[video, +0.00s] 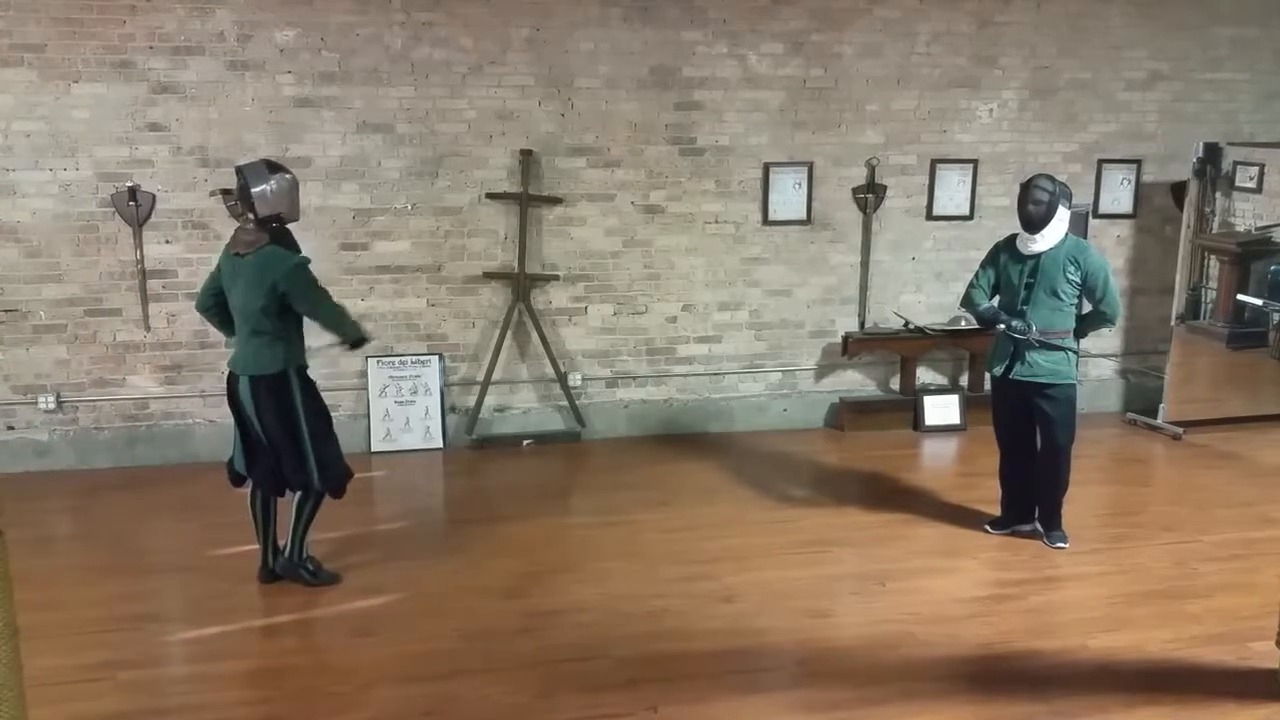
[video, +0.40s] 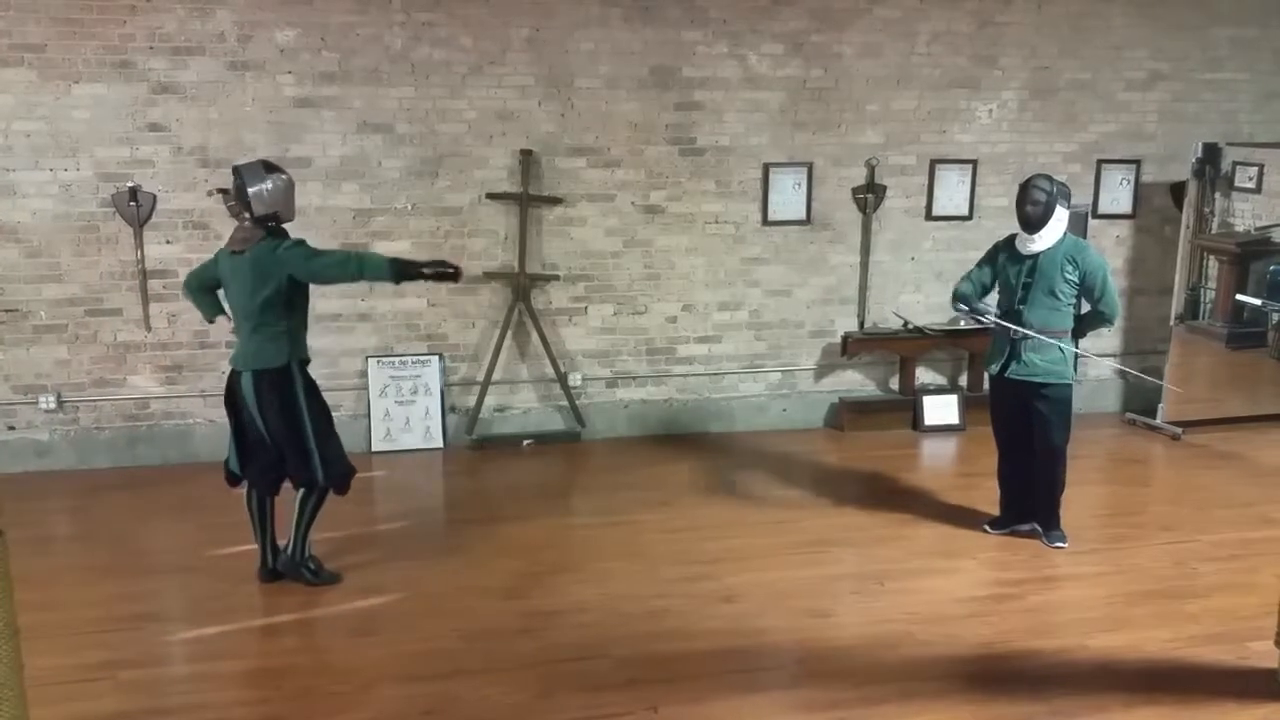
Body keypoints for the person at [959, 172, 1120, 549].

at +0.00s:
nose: (1028, 209)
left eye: (1037, 202)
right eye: (1024, 201)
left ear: (1058, 206)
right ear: (1019, 202)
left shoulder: (1081, 254)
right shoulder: (1005, 250)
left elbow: (1108, 311)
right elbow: (973, 297)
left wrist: (1071, 331)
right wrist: (1001, 319)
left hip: (1053, 372)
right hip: (1007, 370)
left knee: (1054, 453)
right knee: (1013, 449)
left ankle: (1051, 523)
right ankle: (1016, 516)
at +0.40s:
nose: (1027, 210)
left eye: (1035, 203)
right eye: (1023, 202)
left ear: (1056, 207)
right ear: (1017, 203)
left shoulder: (1080, 254)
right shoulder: (1005, 249)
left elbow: (1108, 310)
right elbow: (963, 294)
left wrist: (1073, 329)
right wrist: (998, 316)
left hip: (1050, 372)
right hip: (1005, 369)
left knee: (1049, 452)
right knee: (1011, 449)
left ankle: (1049, 523)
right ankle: (1015, 515)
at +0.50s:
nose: (1027, 210)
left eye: (1036, 205)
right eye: (1023, 203)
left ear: (1056, 209)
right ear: (1017, 204)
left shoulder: (1079, 255)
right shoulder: (1007, 249)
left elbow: (1107, 312)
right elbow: (974, 273)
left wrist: (1069, 330)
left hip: (1050, 368)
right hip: (1004, 364)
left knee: (1048, 451)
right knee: (1010, 447)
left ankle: (1047, 521)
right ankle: (1013, 515)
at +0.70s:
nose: (1028, 212)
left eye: (1037, 205)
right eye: (1024, 204)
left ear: (1057, 208)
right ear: (1019, 205)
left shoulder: (1078, 256)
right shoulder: (1005, 248)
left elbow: (1105, 313)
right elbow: (956, 254)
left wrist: (1071, 331)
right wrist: (907, 245)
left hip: (1048, 366)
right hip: (1003, 363)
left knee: (1048, 449)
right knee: (1009, 445)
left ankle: (1047, 521)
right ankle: (1014, 514)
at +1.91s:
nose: (1004, 219)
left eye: (1011, 211)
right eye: (1001, 211)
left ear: (1035, 210)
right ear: (1000, 211)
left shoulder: (1068, 253)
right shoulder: (996, 253)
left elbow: (1102, 308)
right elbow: (959, 288)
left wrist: (1067, 327)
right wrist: (920, 287)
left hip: (1046, 364)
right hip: (1002, 363)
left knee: (1048, 447)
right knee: (1007, 445)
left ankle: (1055, 524)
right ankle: (1012, 515)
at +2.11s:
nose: (1003, 217)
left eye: (1011, 209)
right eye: (1000, 209)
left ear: (1035, 210)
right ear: (999, 209)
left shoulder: (1064, 252)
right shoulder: (1001, 255)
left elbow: (1096, 310)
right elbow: (976, 300)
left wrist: (1067, 328)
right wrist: (937, 328)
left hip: (1043, 366)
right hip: (1004, 365)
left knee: (1052, 447)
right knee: (1009, 447)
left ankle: (1086, 519)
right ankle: (1013, 514)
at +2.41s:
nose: (1002, 219)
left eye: (1011, 211)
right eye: (1002, 211)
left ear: (1034, 216)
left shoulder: (1063, 260)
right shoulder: (1011, 263)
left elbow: (1091, 319)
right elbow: (1003, 317)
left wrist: (1068, 341)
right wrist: (993, 349)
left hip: (1053, 376)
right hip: (1014, 373)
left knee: (1068, 451)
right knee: (1002, 444)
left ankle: (1101, 525)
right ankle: (1013, 514)